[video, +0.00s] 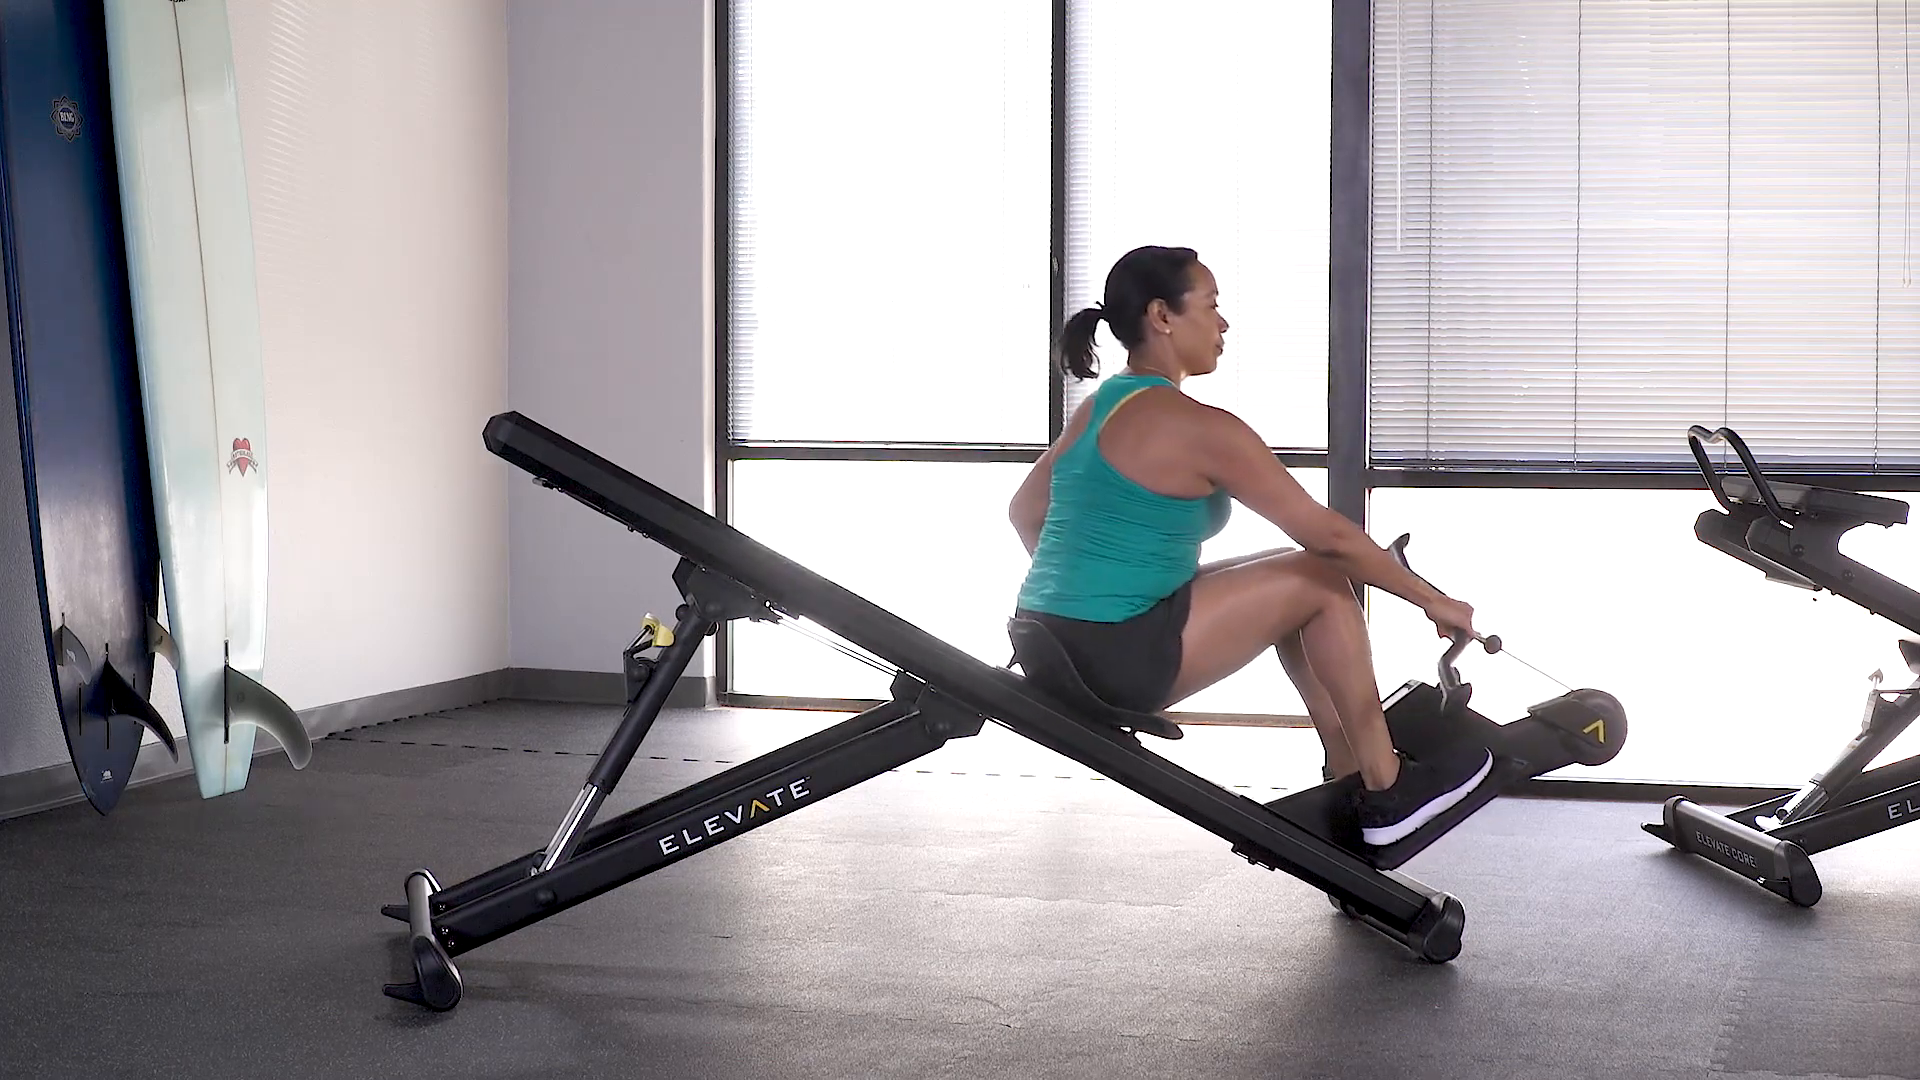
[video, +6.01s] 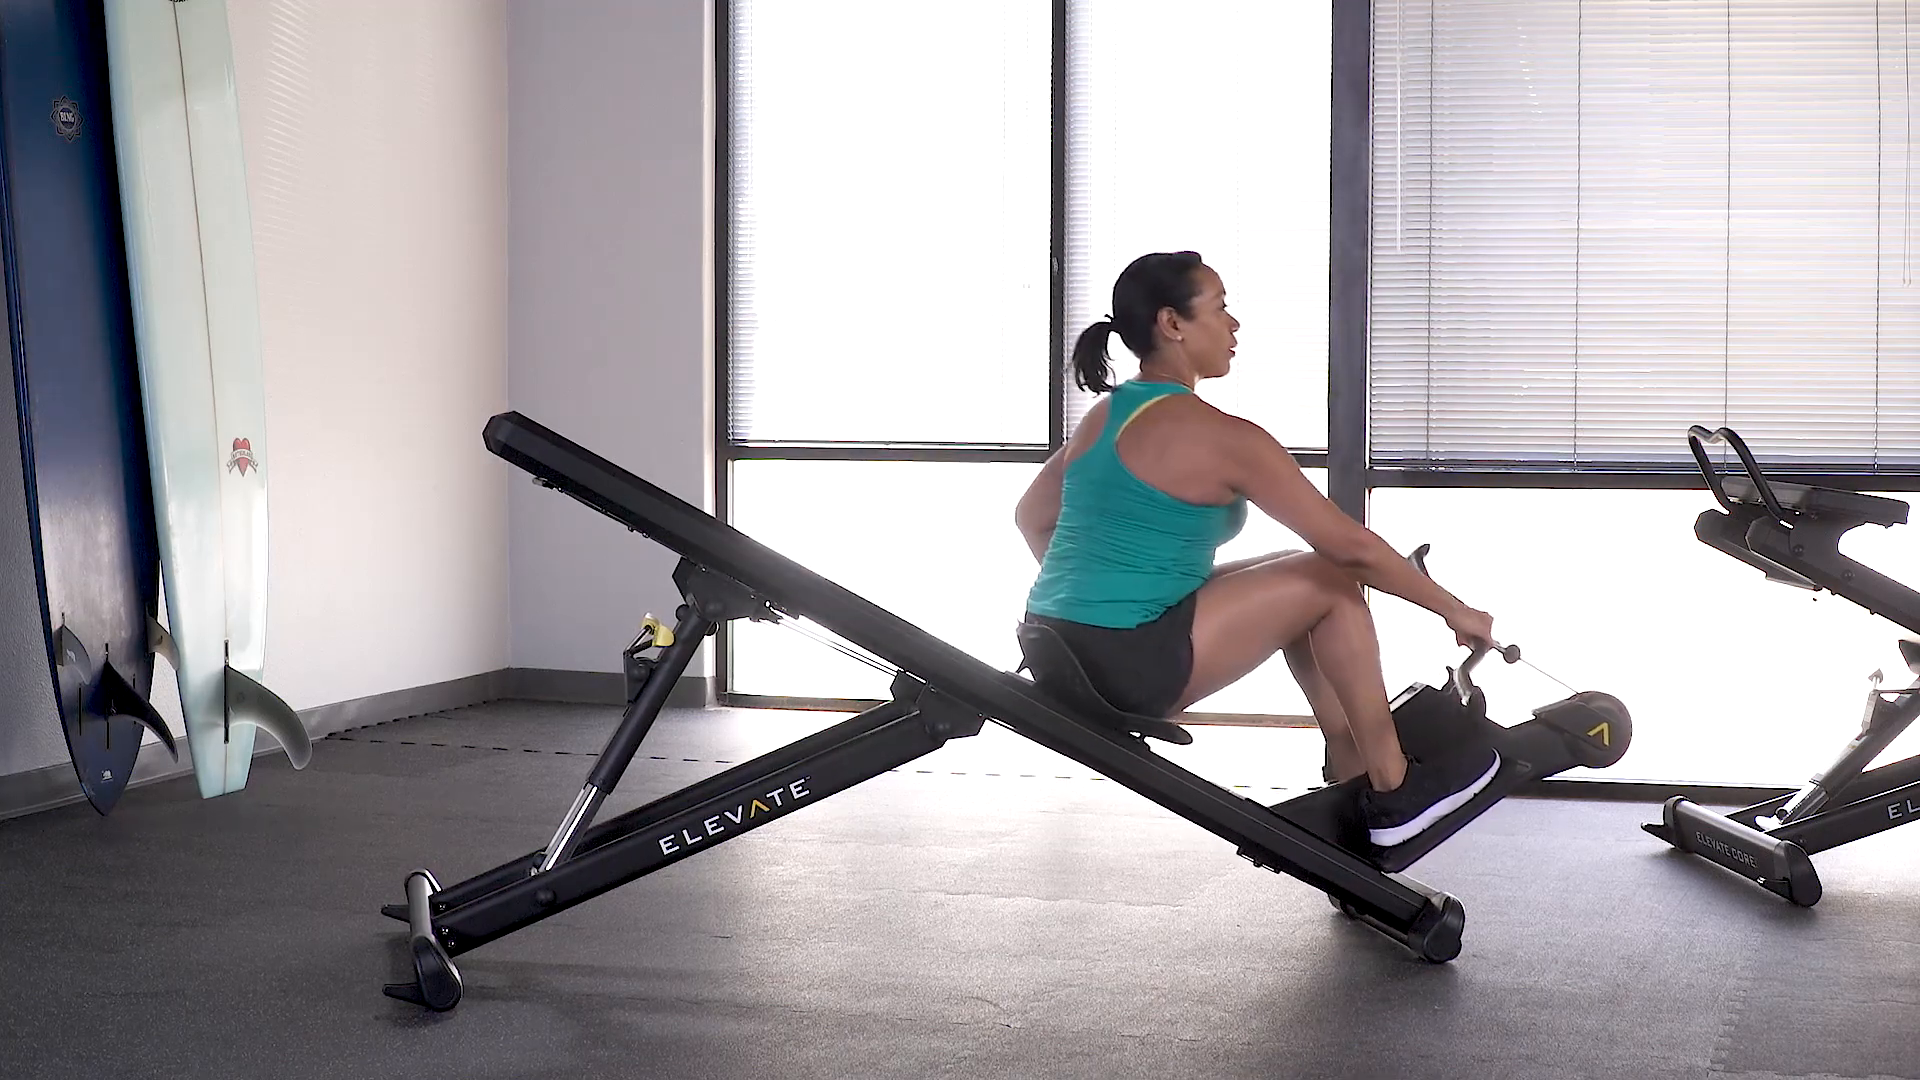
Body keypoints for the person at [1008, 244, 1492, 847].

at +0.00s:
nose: (1223, 322)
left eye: (1217, 305)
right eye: (1211, 306)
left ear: (1157, 320)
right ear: (1162, 318)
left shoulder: (1100, 404)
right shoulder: (1205, 430)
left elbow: (1026, 511)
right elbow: (1326, 535)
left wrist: (1080, 590)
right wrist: (1430, 597)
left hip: (1045, 634)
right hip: (1116, 649)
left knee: (1297, 573)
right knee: (1326, 580)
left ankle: (1346, 762)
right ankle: (1388, 787)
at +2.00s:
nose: (1221, 325)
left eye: (1216, 307)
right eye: (1210, 307)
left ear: (1155, 318)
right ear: (1161, 315)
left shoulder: (1087, 410)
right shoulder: (1218, 431)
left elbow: (1019, 514)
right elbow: (1347, 536)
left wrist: (1073, 588)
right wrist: (1442, 604)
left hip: (1046, 632)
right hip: (1121, 651)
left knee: (1298, 574)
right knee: (1327, 582)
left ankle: (1347, 762)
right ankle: (1390, 783)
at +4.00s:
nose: (1237, 335)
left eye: (1232, 317)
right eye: (1225, 317)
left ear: (1169, 325)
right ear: (1177, 324)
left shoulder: (1104, 413)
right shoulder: (1232, 438)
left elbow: (1029, 514)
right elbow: (1356, 544)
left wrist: (1082, 589)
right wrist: (1456, 610)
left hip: (1053, 637)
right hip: (1127, 657)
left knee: (1303, 574)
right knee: (1335, 583)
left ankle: (1349, 759)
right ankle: (1395, 787)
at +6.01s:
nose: (1235, 324)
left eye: (1227, 307)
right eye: (1220, 308)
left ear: (1166, 326)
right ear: (1171, 324)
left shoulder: (1107, 414)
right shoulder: (1230, 439)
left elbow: (1033, 516)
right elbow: (1353, 546)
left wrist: (1087, 592)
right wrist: (1453, 610)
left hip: (1053, 639)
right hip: (1128, 657)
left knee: (1303, 575)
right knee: (1336, 581)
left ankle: (1349, 759)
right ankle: (1393, 785)